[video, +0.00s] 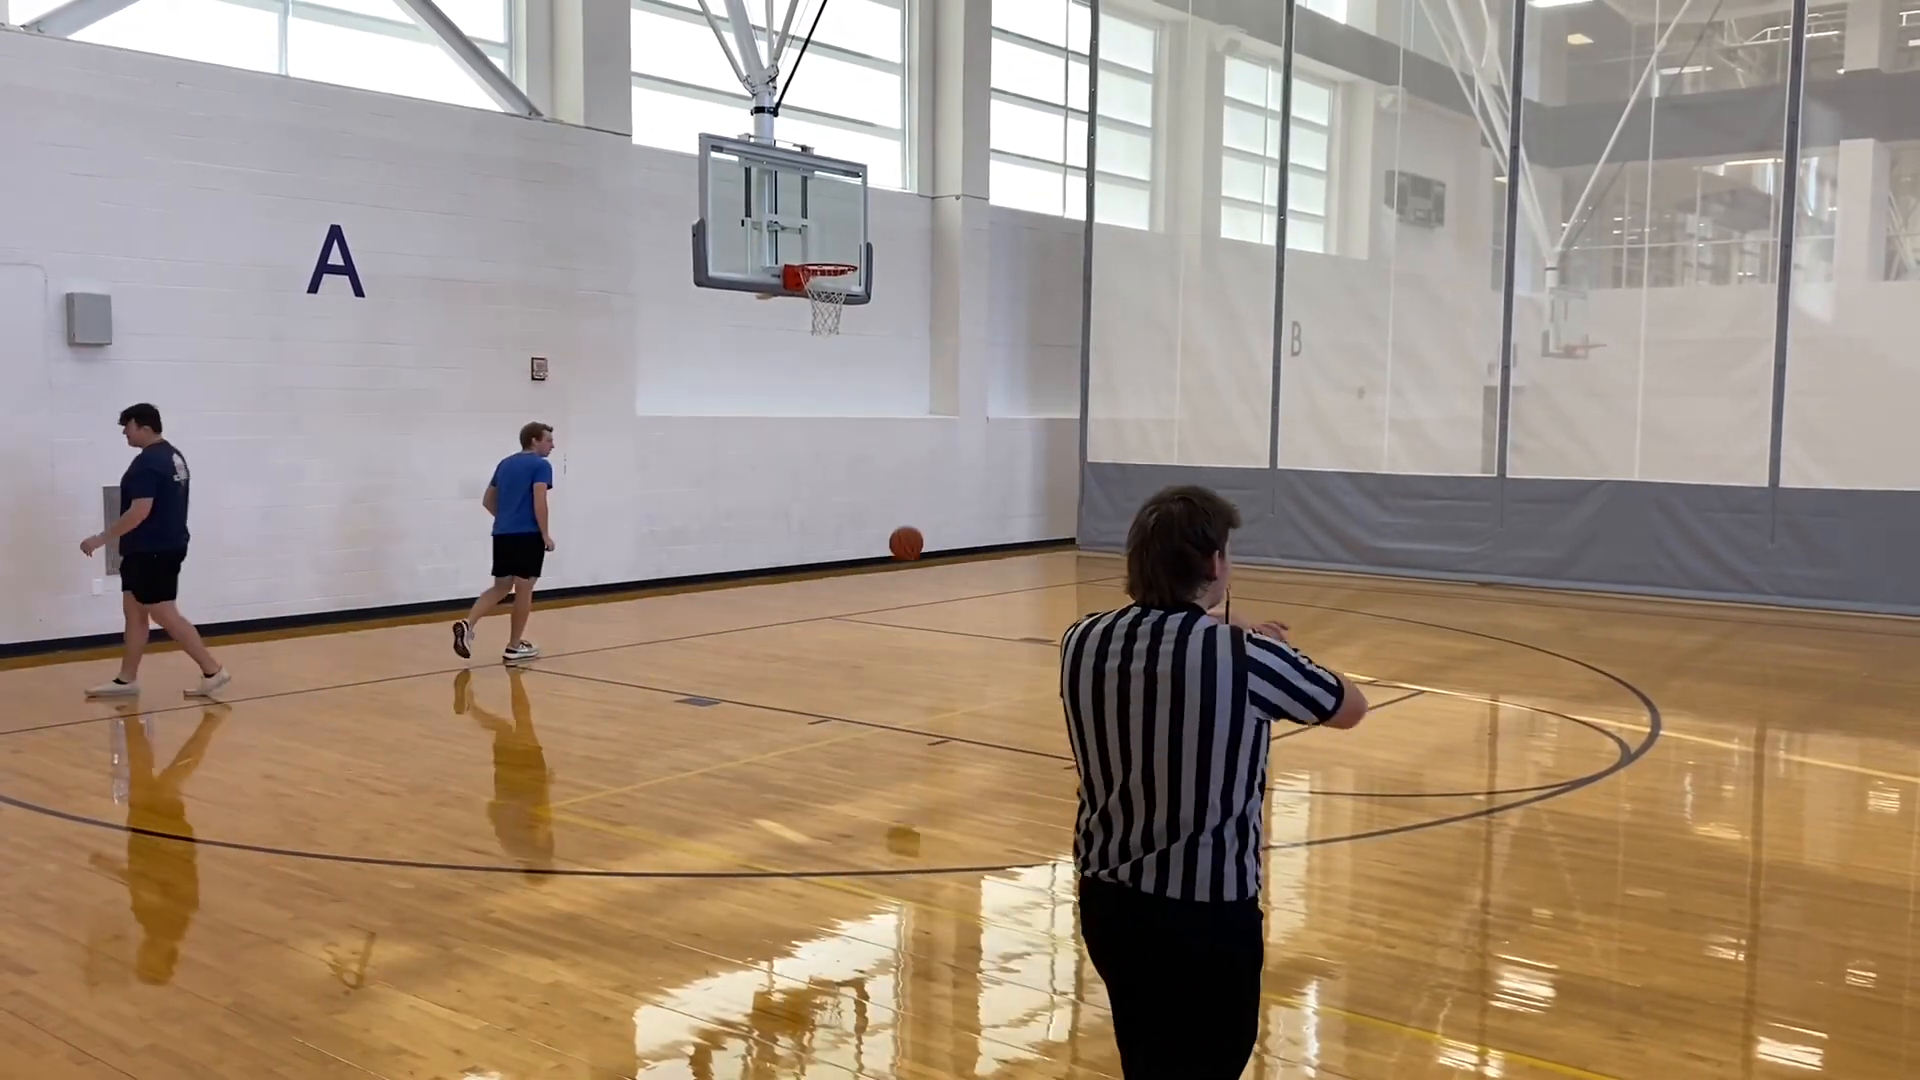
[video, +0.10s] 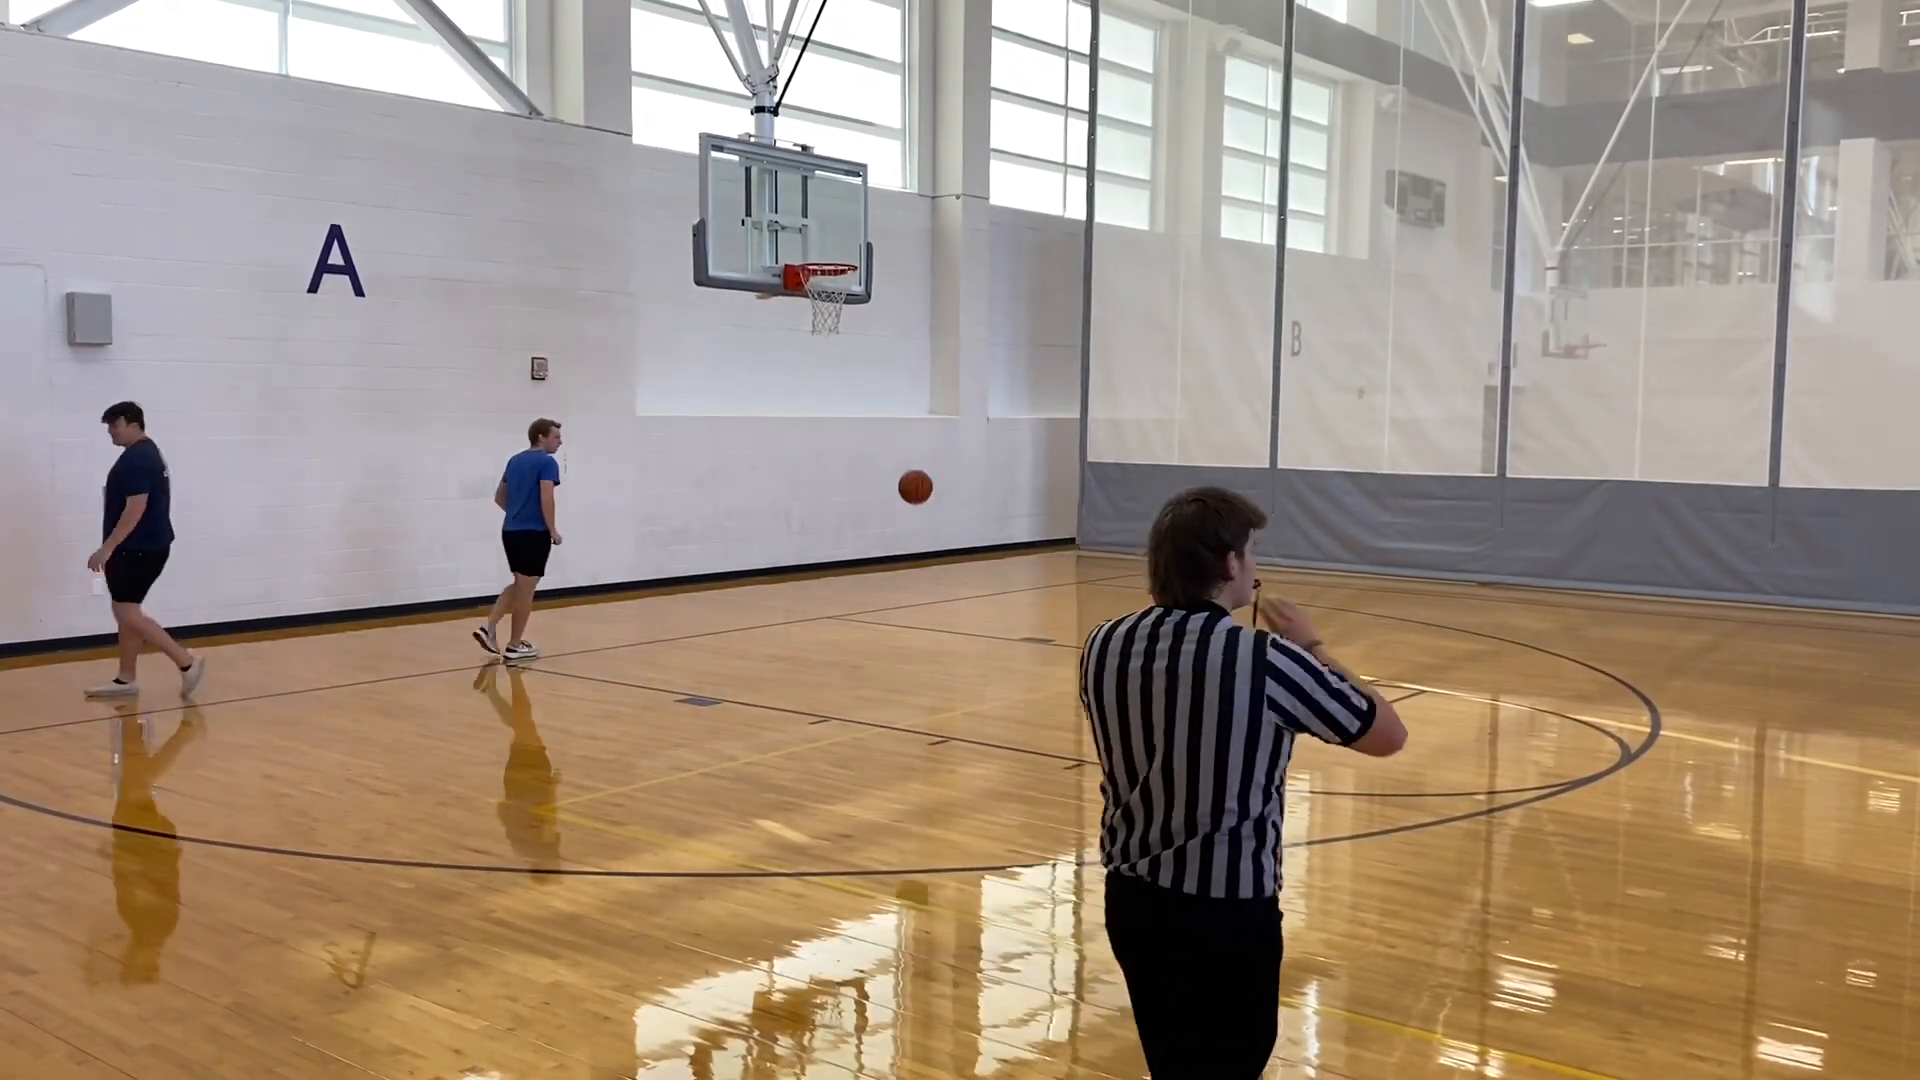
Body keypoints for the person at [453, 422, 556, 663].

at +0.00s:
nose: (552, 445)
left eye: (552, 440)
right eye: (549, 441)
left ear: (530, 443)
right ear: (535, 441)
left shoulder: (505, 463)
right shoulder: (541, 464)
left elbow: (488, 501)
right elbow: (540, 501)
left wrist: (507, 519)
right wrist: (545, 534)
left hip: (502, 536)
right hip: (528, 536)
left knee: (501, 587)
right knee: (524, 591)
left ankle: (468, 624)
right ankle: (515, 645)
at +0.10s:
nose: (560, 441)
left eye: (559, 437)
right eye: (556, 437)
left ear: (537, 439)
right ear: (541, 438)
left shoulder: (515, 460)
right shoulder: (547, 462)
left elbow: (500, 497)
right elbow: (547, 497)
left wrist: (520, 512)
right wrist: (552, 528)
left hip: (511, 531)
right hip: (534, 533)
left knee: (520, 584)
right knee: (526, 589)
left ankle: (489, 626)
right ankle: (515, 644)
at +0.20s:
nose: (569, 442)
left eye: (569, 437)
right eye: (565, 437)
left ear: (547, 438)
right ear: (550, 437)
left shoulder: (527, 460)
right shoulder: (552, 462)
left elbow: (514, 497)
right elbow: (555, 499)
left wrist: (533, 513)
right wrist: (560, 530)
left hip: (523, 530)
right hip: (540, 532)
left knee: (534, 585)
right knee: (532, 588)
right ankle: (516, 644)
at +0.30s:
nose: (580, 443)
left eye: (580, 439)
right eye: (576, 439)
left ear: (559, 440)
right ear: (561, 439)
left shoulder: (540, 461)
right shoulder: (560, 465)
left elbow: (528, 496)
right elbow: (563, 502)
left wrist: (544, 518)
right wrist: (568, 532)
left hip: (533, 532)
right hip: (548, 534)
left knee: (553, 584)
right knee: (535, 590)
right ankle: (515, 643)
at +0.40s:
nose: (591, 447)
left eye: (592, 443)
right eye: (588, 442)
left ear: (571, 443)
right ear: (573, 442)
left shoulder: (553, 463)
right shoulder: (570, 467)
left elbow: (541, 498)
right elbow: (569, 507)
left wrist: (572, 521)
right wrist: (578, 533)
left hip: (549, 533)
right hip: (559, 535)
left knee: (575, 582)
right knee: (541, 592)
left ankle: (592, 635)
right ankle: (516, 641)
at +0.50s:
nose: (604, 447)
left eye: (605, 442)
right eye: (601, 442)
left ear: (586, 444)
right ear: (585, 442)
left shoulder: (569, 463)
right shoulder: (582, 467)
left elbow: (556, 498)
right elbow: (577, 509)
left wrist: (587, 524)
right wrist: (593, 536)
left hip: (566, 533)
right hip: (573, 535)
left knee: (591, 582)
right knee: (556, 591)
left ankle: (598, 637)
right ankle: (521, 637)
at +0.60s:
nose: (615, 443)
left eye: (617, 439)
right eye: (611, 438)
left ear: (607, 441)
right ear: (597, 439)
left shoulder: (594, 462)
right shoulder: (591, 463)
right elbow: (587, 504)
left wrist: (605, 525)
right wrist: (605, 531)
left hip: (592, 530)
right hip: (584, 530)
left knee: (600, 581)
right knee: (588, 589)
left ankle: (598, 637)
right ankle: (539, 626)